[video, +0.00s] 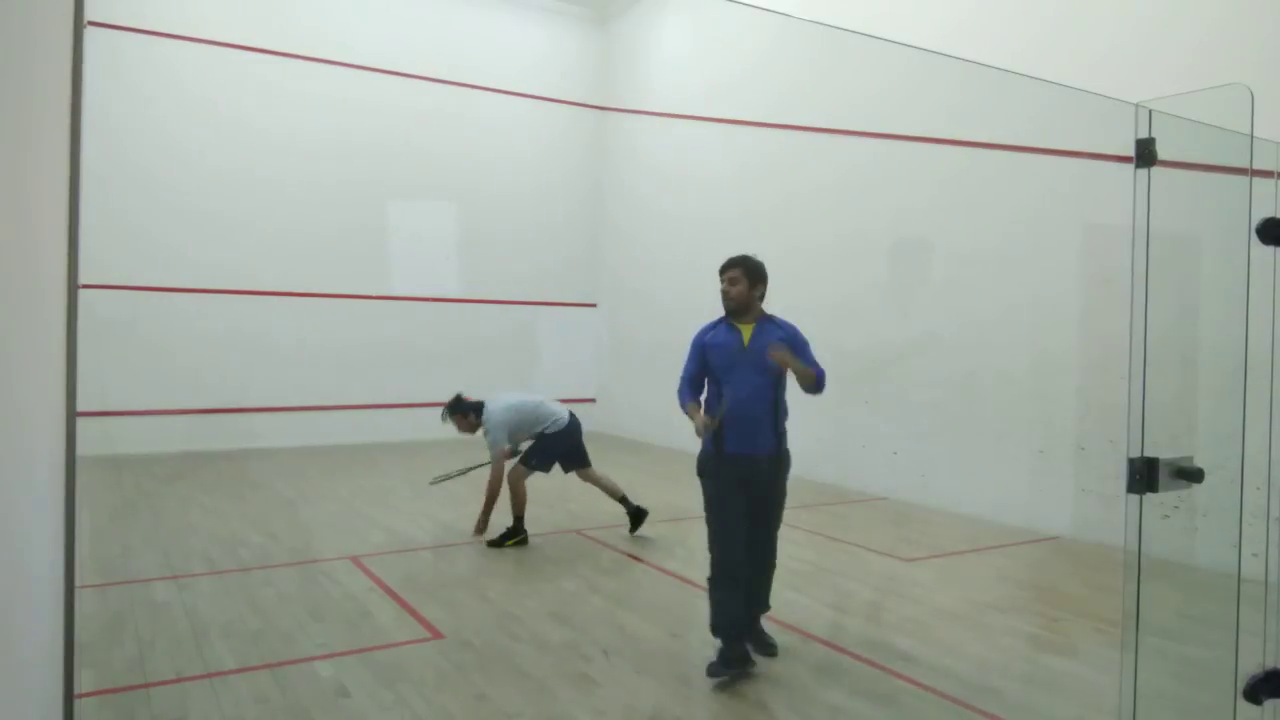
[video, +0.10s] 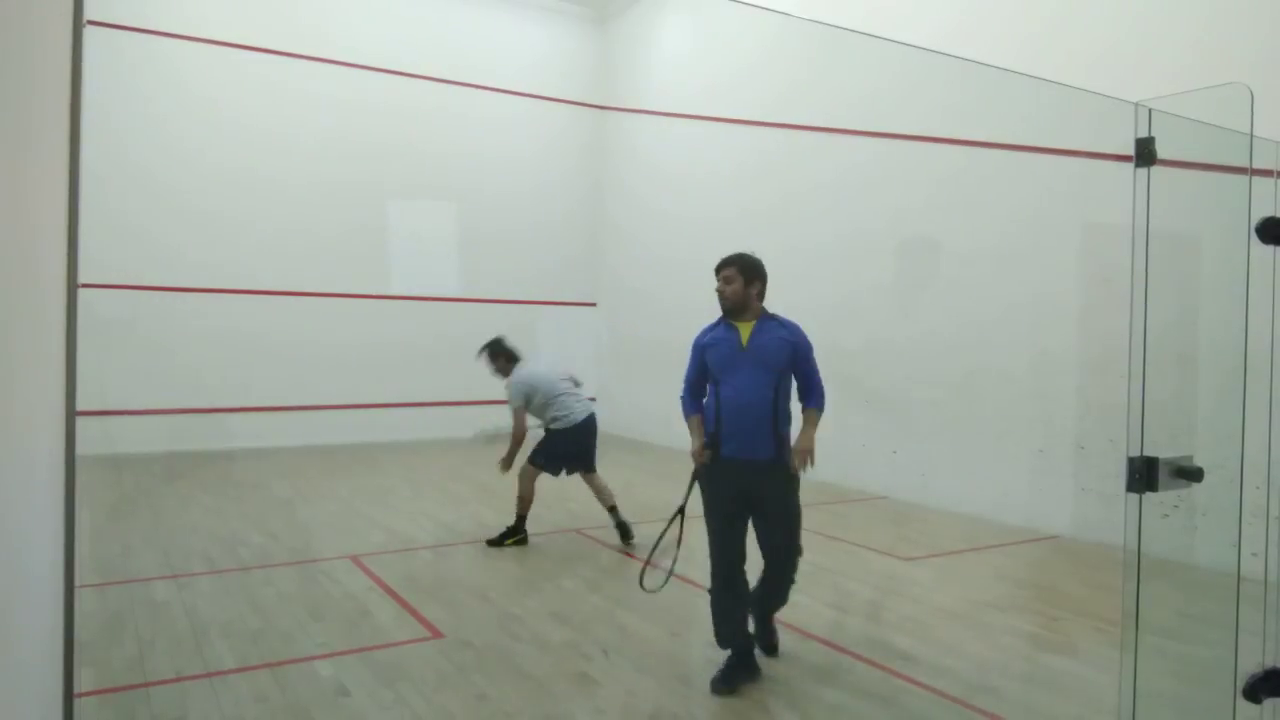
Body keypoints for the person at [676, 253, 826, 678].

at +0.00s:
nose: (725, 290)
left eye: (733, 283)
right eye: (723, 283)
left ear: (758, 287)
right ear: (722, 289)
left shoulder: (785, 335)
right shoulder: (708, 338)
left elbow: (816, 383)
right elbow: (688, 389)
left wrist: (795, 364)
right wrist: (698, 416)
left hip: (768, 459)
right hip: (721, 458)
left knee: (762, 545)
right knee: (727, 548)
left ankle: (751, 620)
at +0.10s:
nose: (719, 290)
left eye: (727, 282)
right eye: (718, 283)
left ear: (755, 287)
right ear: (722, 289)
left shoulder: (788, 336)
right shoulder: (707, 340)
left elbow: (813, 391)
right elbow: (691, 395)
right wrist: (698, 437)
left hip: (774, 466)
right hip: (720, 467)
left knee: (785, 556)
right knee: (726, 563)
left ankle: (762, 609)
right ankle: (739, 653)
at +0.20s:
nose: (722, 287)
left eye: (729, 279)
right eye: (721, 280)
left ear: (758, 283)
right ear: (739, 286)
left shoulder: (796, 335)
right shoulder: (715, 337)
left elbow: (816, 397)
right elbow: (701, 393)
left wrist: (816, 455)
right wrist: (687, 427)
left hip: (775, 470)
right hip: (722, 469)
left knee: (783, 560)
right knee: (726, 564)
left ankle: (803, 640)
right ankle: (740, 654)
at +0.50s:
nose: (758, 289)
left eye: (764, 279)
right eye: (759, 280)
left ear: (790, 282)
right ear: (787, 283)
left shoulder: (829, 336)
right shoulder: (777, 337)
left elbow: (836, 414)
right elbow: (769, 404)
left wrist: (800, 471)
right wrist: (729, 445)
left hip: (815, 483)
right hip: (772, 477)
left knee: (812, 585)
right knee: (753, 571)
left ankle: (816, 691)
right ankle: (763, 671)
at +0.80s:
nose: (720, 289)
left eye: (725, 280)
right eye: (721, 280)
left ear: (748, 284)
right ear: (750, 284)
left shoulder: (793, 336)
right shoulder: (744, 338)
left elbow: (820, 419)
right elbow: (747, 419)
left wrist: (821, 494)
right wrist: (738, 484)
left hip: (792, 495)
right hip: (751, 493)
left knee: (804, 600)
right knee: (735, 595)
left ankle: (816, 696)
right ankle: (713, 690)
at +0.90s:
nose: (697, 285)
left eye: (700, 277)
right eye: (699, 276)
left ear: (714, 282)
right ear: (730, 283)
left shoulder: (764, 334)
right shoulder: (713, 337)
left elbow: (766, 417)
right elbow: (703, 406)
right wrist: (669, 453)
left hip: (756, 486)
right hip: (717, 483)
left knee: (752, 596)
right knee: (713, 596)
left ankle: (808, 681)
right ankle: (709, 696)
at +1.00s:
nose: (682, 283)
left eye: (688, 274)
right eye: (684, 274)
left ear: (706, 278)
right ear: (711, 279)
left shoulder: (746, 327)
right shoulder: (694, 334)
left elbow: (743, 402)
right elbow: (684, 402)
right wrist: (633, 436)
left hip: (741, 483)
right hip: (703, 480)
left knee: (715, 591)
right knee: (701, 590)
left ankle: (774, 694)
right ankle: (709, 697)